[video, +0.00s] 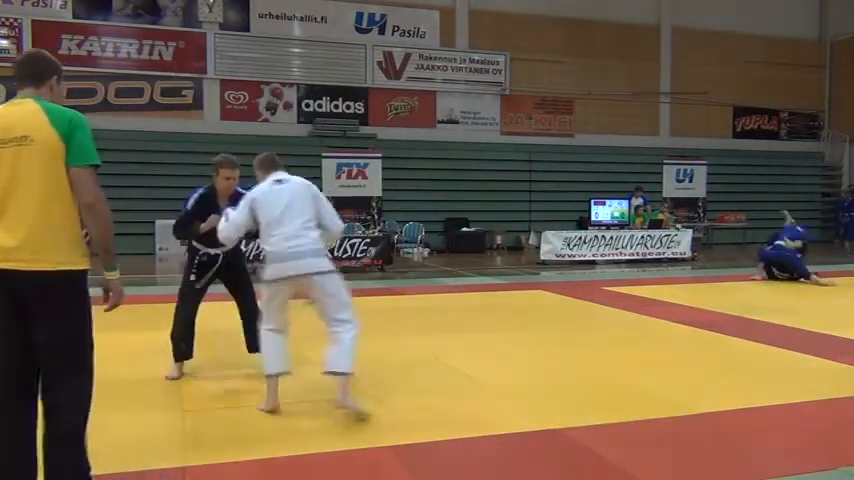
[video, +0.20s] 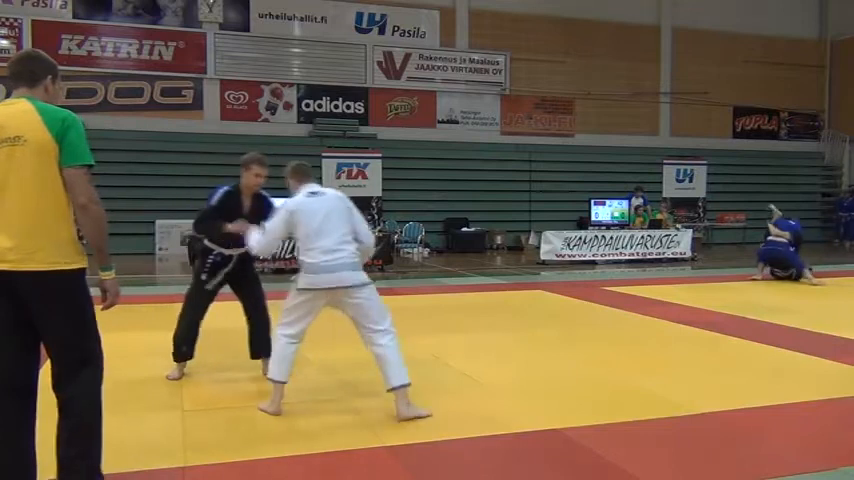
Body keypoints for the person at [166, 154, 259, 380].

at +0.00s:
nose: (232, 184)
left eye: (235, 179)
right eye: (227, 179)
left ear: (239, 178)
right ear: (215, 178)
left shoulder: (245, 199)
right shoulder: (200, 198)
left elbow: (257, 229)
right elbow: (179, 231)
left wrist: (235, 226)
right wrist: (203, 227)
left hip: (232, 256)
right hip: (201, 256)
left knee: (248, 301)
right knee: (186, 306)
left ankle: (260, 352)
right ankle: (178, 362)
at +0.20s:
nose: (259, 181)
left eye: (263, 177)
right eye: (256, 176)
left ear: (265, 179)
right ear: (243, 173)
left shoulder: (264, 204)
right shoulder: (225, 196)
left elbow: (273, 230)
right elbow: (201, 225)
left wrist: (254, 233)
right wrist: (229, 228)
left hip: (242, 259)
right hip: (214, 257)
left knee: (258, 307)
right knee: (193, 307)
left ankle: (266, 361)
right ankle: (180, 363)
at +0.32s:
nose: (279, 181)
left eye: (282, 177)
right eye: (275, 175)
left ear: (284, 178)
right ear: (262, 172)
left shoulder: (280, 204)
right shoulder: (242, 194)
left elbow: (283, 230)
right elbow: (215, 221)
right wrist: (239, 236)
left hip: (254, 260)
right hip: (227, 257)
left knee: (270, 309)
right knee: (209, 308)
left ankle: (270, 362)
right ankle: (186, 358)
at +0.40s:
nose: (288, 181)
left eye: (292, 176)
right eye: (285, 174)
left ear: (294, 178)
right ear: (272, 172)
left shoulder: (289, 204)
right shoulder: (252, 194)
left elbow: (297, 230)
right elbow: (224, 219)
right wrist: (244, 231)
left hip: (259, 256)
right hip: (233, 253)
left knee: (275, 309)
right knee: (222, 306)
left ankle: (271, 361)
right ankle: (195, 358)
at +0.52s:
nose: (299, 180)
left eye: (302, 176)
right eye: (296, 174)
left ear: (302, 174)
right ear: (282, 168)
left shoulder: (294, 196)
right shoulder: (264, 186)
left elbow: (294, 225)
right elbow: (250, 215)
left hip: (262, 250)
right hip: (239, 247)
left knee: (274, 301)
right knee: (232, 302)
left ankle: (273, 360)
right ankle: (215, 365)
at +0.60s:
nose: (304, 180)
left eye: (307, 175)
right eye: (302, 173)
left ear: (301, 172)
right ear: (287, 167)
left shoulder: (294, 195)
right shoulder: (265, 185)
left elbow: (299, 224)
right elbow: (275, 219)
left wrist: (311, 242)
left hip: (266, 249)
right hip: (240, 247)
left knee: (274, 300)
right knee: (235, 303)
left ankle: (276, 353)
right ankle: (222, 366)